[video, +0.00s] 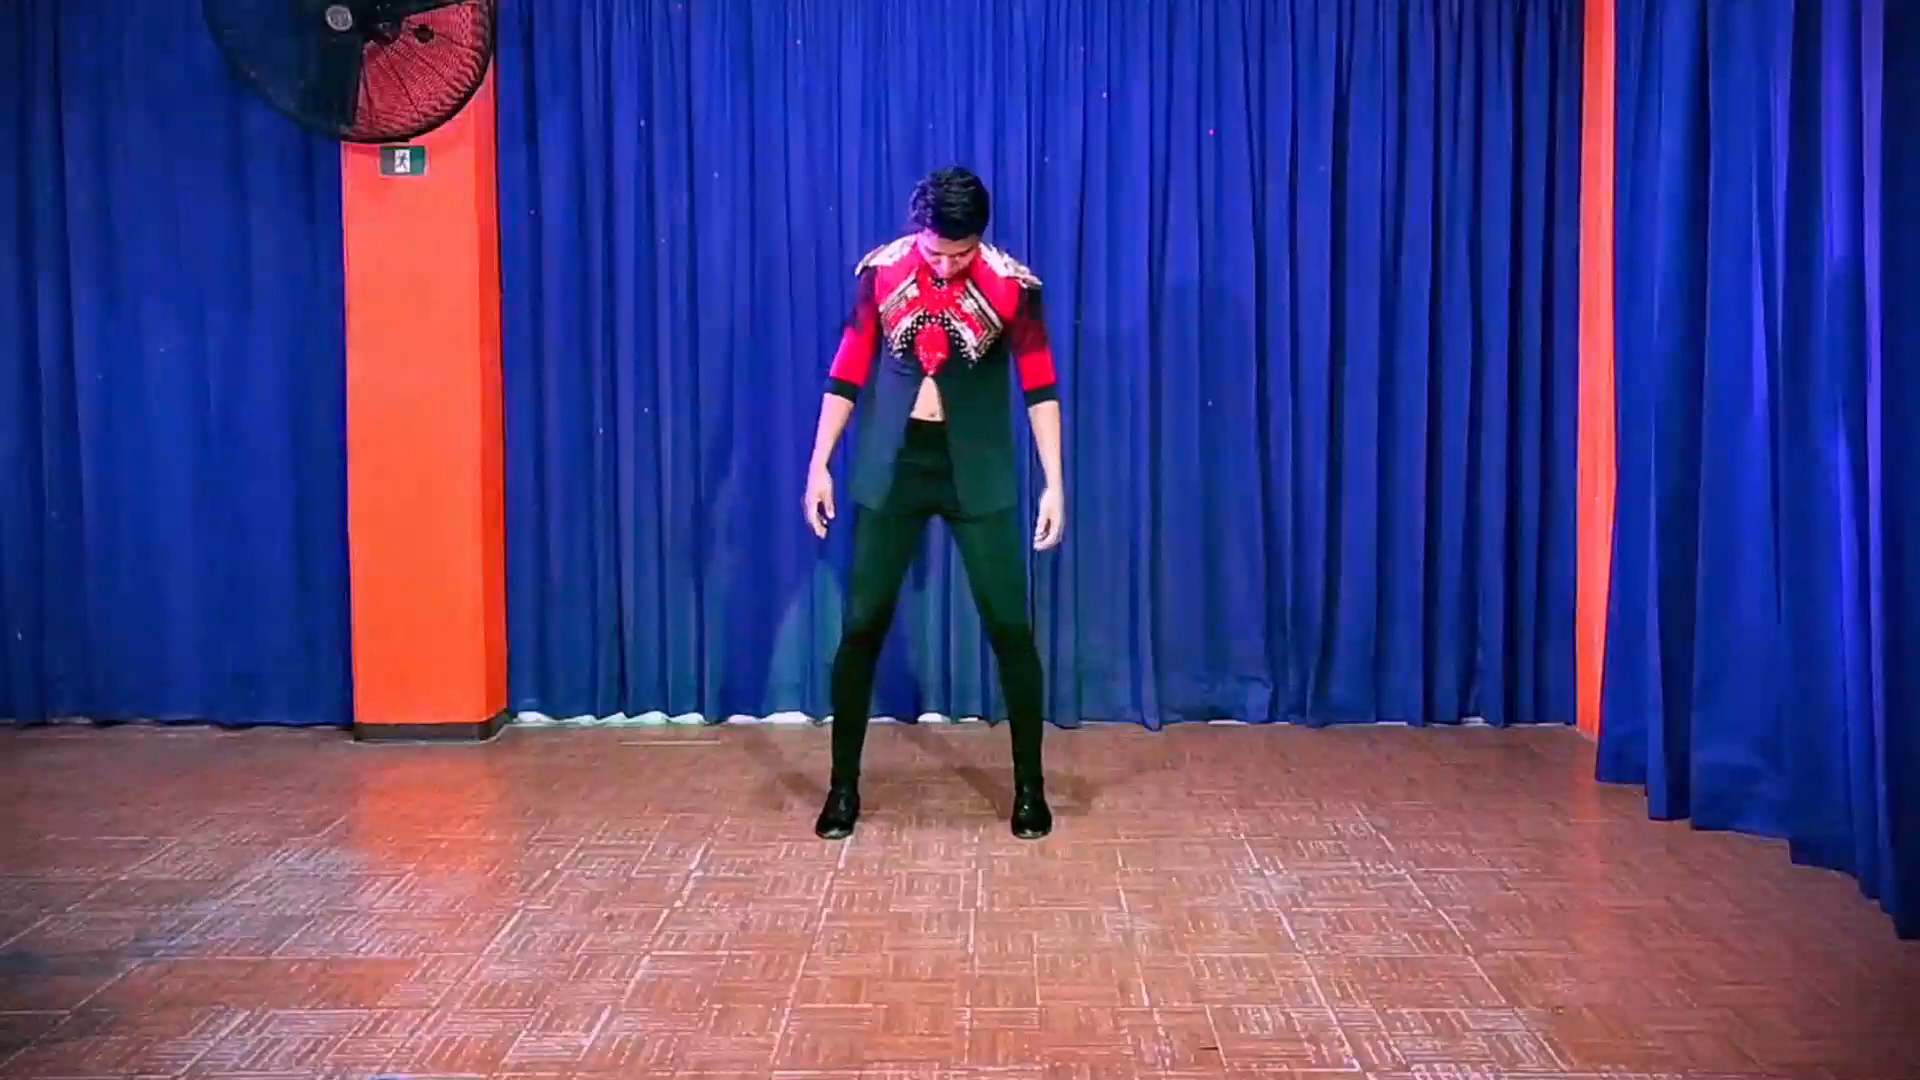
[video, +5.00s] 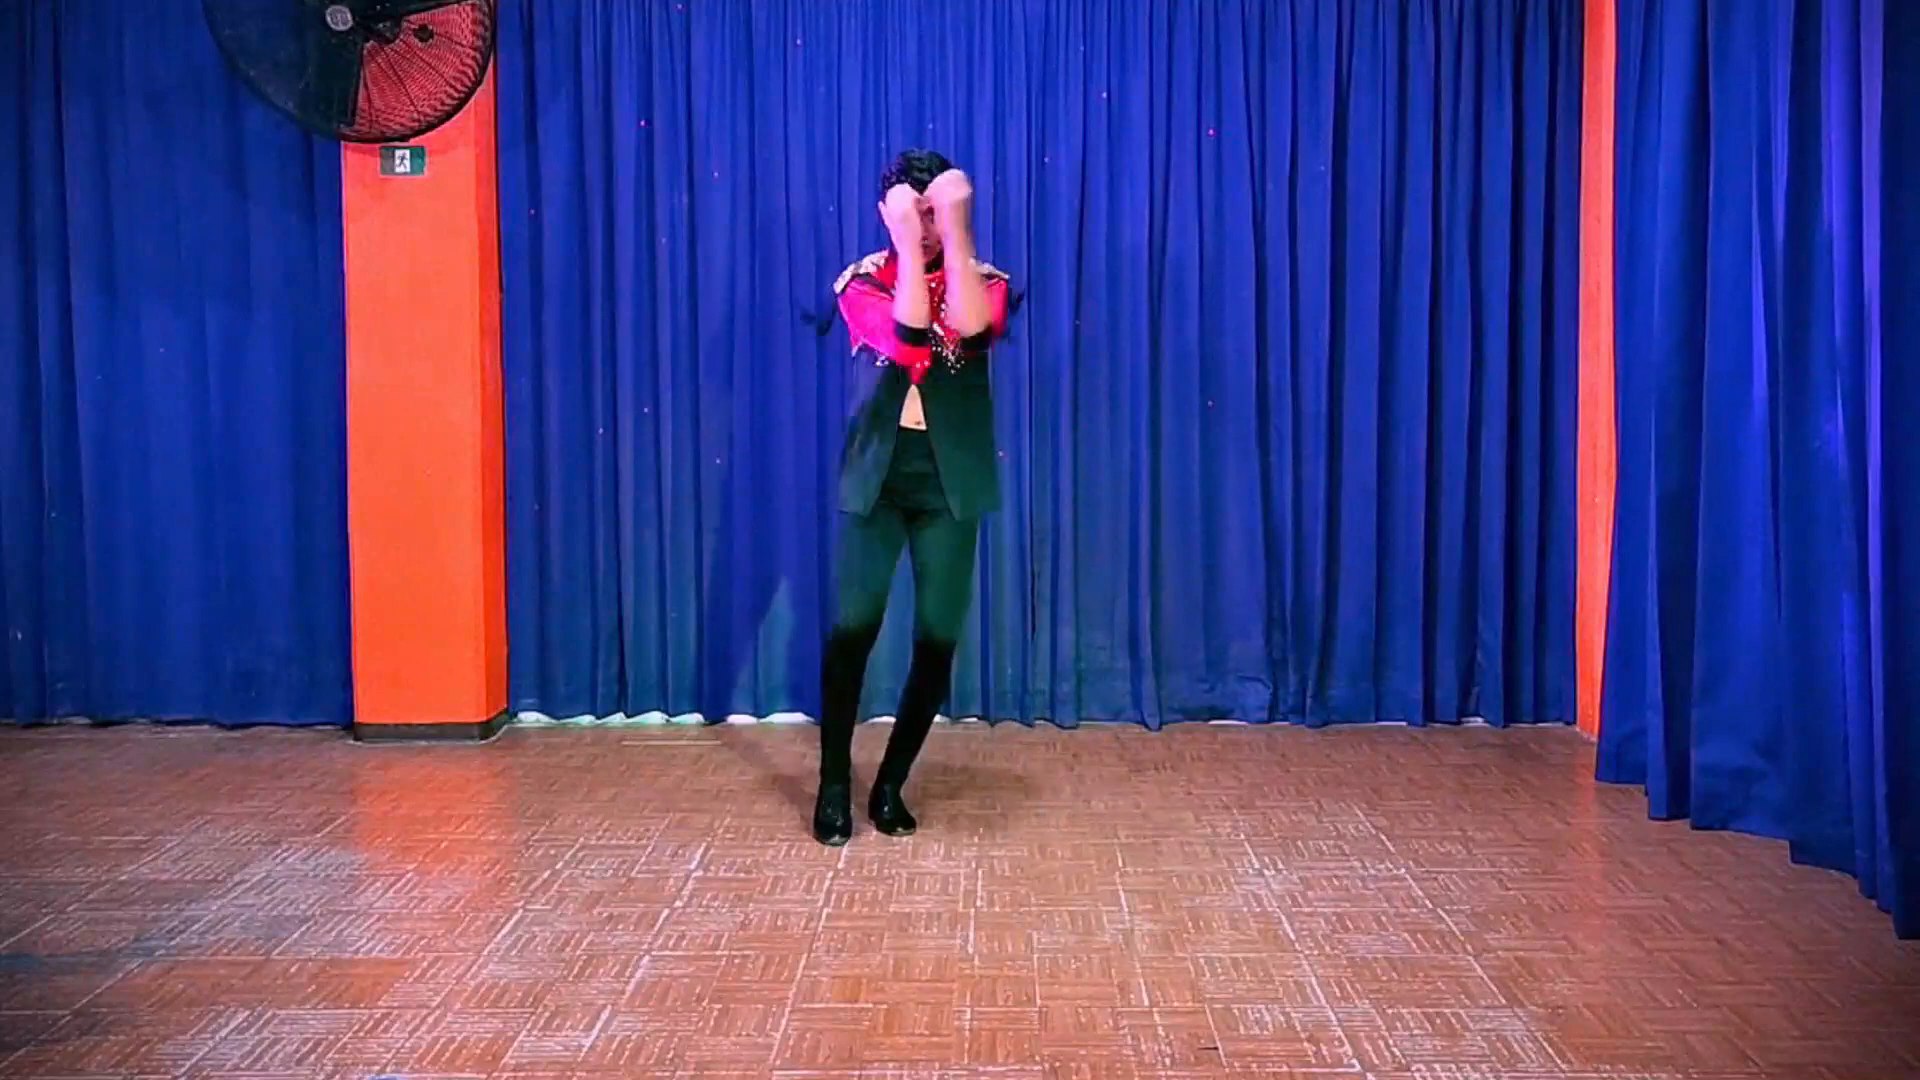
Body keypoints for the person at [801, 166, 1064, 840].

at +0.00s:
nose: (945, 262)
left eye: (959, 252)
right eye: (935, 250)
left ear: (981, 236)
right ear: (918, 231)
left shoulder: (1012, 285)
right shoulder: (882, 274)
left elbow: (1039, 387)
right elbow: (849, 372)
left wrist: (1053, 484)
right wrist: (818, 463)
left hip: (981, 466)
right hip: (893, 463)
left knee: (1011, 625)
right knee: (863, 623)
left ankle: (1029, 785)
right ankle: (842, 785)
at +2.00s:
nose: (941, 258)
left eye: (953, 247)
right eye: (928, 246)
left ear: (974, 229)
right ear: (909, 228)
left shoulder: (1006, 282)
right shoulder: (872, 275)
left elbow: (1035, 379)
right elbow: (839, 372)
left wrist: (1058, 473)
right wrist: (807, 464)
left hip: (976, 466)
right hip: (889, 464)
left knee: (1007, 622)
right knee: (862, 623)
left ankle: (1029, 786)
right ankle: (841, 786)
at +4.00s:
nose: (940, 257)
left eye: (953, 245)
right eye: (927, 245)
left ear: (972, 227)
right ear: (907, 226)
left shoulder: (1006, 281)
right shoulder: (871, 275)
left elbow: (1035, 379)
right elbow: (839, 372)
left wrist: (1058, 472)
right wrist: (807, 464)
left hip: (977, 468)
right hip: (889, 467)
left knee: (1007, 625)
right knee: (862, 626)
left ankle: (1028, 785)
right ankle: (842, 786)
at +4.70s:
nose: (930, 246)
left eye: (944, 232)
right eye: (918, 232)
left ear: (963, 220)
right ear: (898, 216)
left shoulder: (996, 280)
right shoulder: (861, 273)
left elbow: (1054, 359)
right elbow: (798, 354)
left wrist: (1071, 449)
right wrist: (795, 444)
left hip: (966, 473)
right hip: (879, 473)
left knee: (999, 626)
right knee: (857, 627)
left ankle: (1028, 783)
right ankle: (844, 787)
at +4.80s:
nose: (922, 233)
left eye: (937, 220)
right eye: (910, 218)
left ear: (956, 215)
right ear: (891, 209)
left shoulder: (986, 274)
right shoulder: (852, 267)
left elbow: (1081, 319)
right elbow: (768, 321)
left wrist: (1088, 372)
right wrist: (813, 349)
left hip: (955, 477)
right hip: (868, 476)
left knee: (984, 630)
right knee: (849, 627)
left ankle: (997, 786)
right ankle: (843, 790)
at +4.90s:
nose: (918, 230)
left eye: (932, 217)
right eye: (907, 215)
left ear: (953, 217)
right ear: (887, 215)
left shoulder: (978, 276)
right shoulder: (860, 275)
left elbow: (1031, 319)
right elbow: (855, 332)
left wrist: (1007, 235)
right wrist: (877, 231)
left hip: (949, 479)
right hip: (869, 475)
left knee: (940, 639)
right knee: (846, 629)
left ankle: (890, 784)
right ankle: (838, 782)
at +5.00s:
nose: (922, 216)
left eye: (932, 202)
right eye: (910, 204)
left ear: (953, 210)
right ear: (890, 214)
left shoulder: (989, 279)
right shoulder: (862, 280)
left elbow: (971, 322)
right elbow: (903, 335)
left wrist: (957, 226)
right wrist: (908, 242)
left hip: (953, 477)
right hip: (876, 473)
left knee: (939, 637)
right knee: (855, 623)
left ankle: (891, 785)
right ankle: (834, 783)